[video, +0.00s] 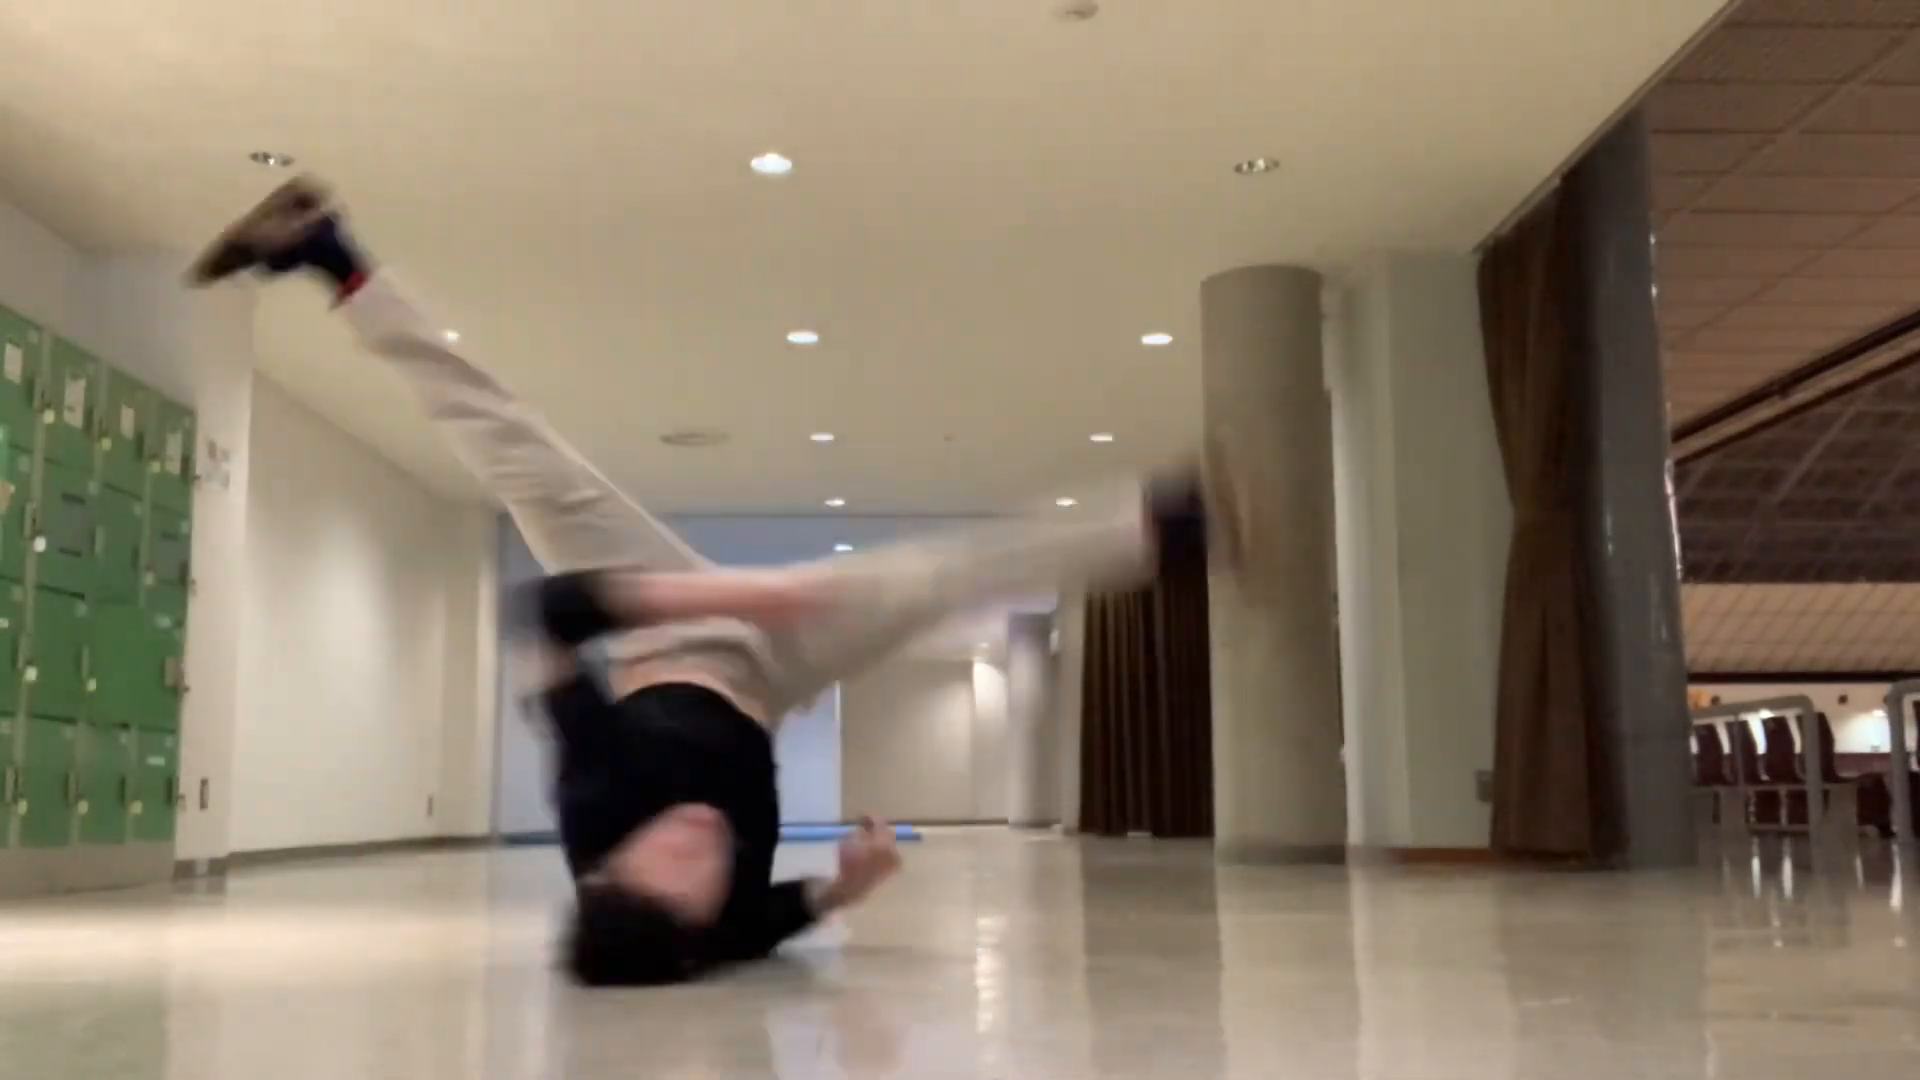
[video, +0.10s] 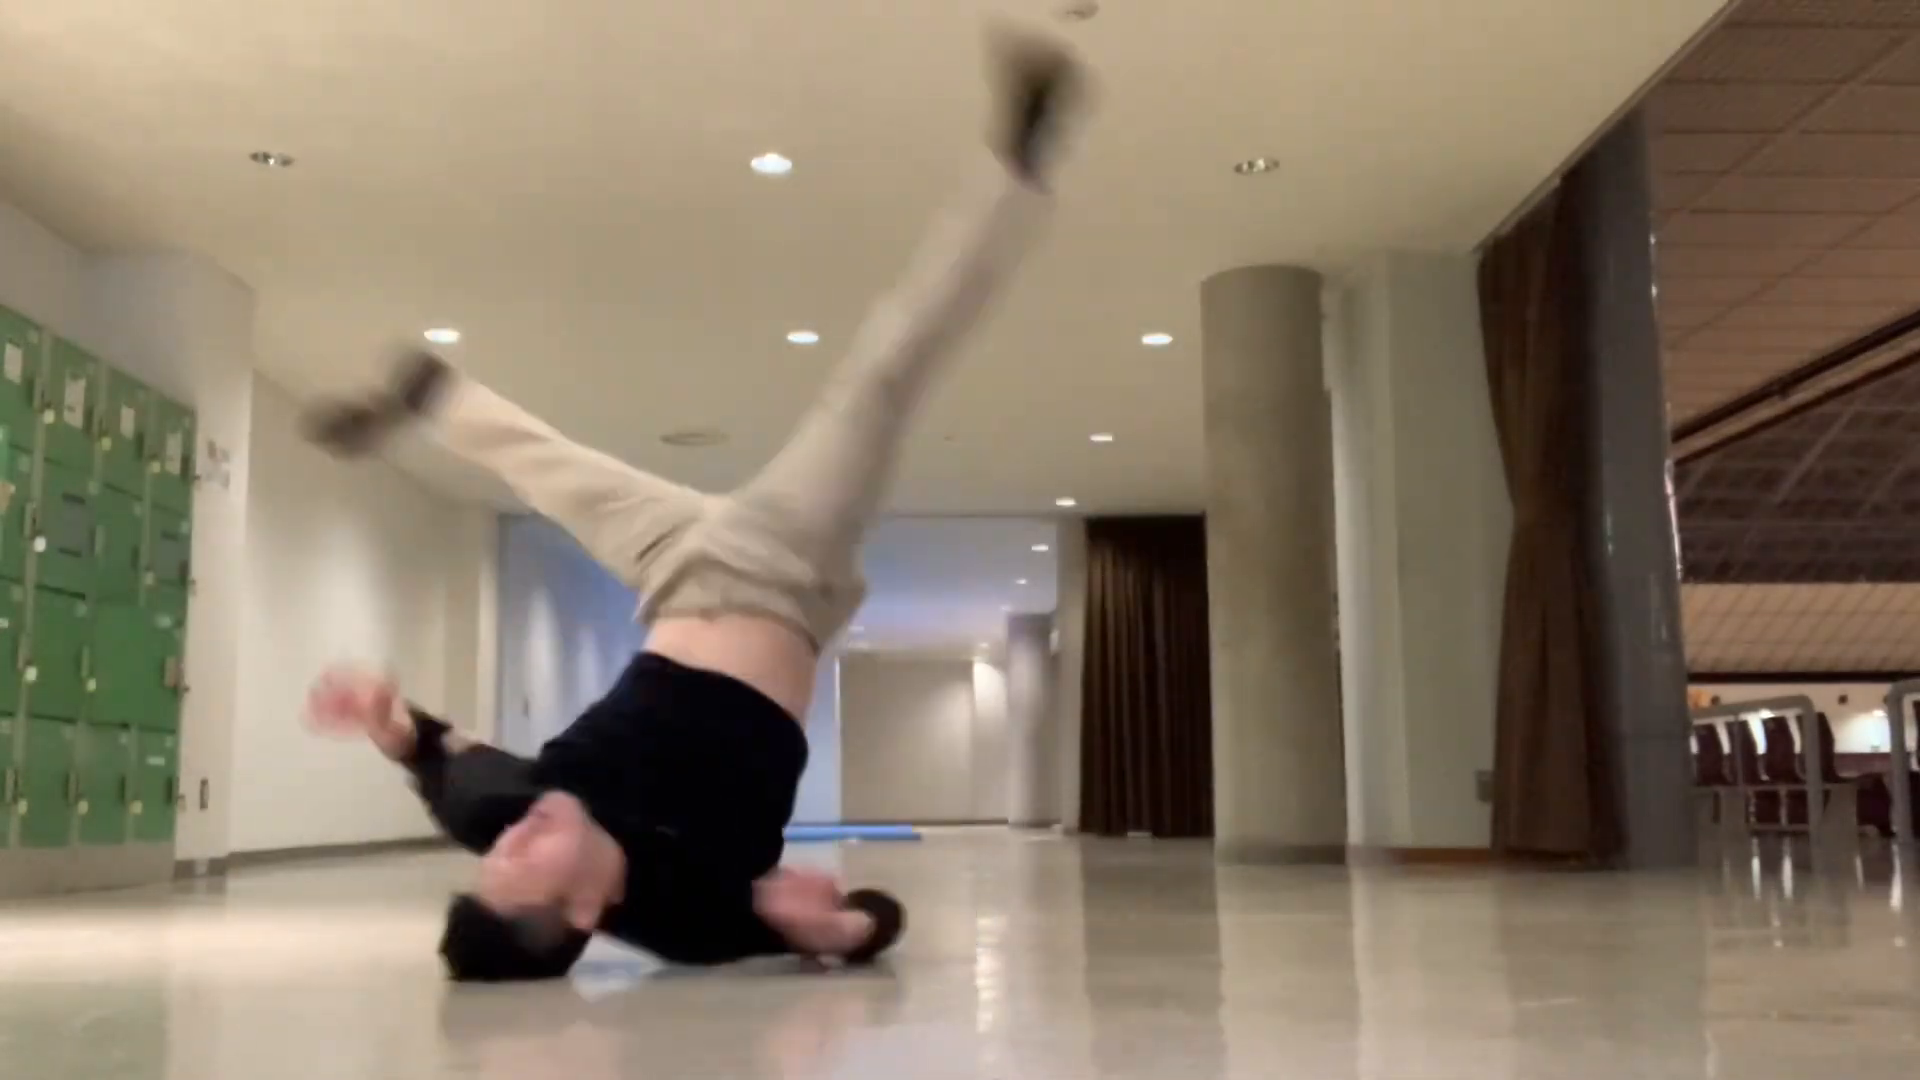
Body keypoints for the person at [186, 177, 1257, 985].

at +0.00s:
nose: (678, 846)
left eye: (638, 865)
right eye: (686, 881)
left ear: (614, 871)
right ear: (691, 920)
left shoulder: (593, 795)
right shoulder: (736, 916)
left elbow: (551, 614)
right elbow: (803, 908)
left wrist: (740, 597)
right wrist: (856, 877)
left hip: (657, 623)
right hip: (766, 679)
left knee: (515, 453)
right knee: (922, 581)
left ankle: (336, 264)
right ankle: (1155, 537)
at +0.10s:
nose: (517, 838)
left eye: (498, 855)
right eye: (522, 873)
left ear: (506, 836)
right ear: (570, 929)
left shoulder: (505, 805)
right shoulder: (695, 917)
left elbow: (441, 762)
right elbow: (871, 925)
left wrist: (394, 729)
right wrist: (848, 924)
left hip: (674, 570)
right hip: (771, 572)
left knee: (552, 469)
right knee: (883, 368)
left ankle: (424, 401)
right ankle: (1021, 170)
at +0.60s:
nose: (524, 896)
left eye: (490, 909)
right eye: (527, 917)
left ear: (468, 882)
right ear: (548, 903)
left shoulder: (435, 782)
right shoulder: (649, 836)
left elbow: (302, 792)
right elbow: (749, 786)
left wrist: (291, 950)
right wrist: (763, 940)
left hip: (669, 518)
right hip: (766, 589)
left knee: (499, 369)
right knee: (990, 519)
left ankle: (287, 218)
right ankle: (1193, 497)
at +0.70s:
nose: (484, 869)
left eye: (453, 873)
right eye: (485, 893)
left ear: (434, 842)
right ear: (508, 888)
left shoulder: (449, 742)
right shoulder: (612, 836)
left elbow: (332, 781)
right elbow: (733, 782)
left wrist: (293, 938)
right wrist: (762, 940)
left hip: (698, 532)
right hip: (751, 624)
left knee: (539, 362)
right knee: (983, 657)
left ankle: (359, 183)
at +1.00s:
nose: (732, 462)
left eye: (737, 452)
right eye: (734, 457)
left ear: (753, 474)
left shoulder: (760, 519)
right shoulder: (782, 703)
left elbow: (669, 391)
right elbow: (778, 798)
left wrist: (696, 438)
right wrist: (763, 933)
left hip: (578, 656)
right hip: (537, 794)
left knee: (595, 393)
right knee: (326, 845)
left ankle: (567, 139)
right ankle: (94, 934)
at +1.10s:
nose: (726, 479)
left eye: (736, 463)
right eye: (730, 464)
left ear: (777, 466)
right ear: (835, 487)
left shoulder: (764, 512)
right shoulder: (828, 653)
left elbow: (697, 584)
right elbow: (791, 794)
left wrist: (609, 593)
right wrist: (762, 936)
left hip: (515, 673)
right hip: (527, 780)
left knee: (434, 404)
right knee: (370, 829)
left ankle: (359, 133)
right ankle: (394, 837)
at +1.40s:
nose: (418, 479)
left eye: (414, 459)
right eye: (411, 460)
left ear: (439, 458)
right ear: (510, 418)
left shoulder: (455, 574)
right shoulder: (654, 483)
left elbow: (498, 761)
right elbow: (774, 633)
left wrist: (504, 953)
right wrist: (817, 699)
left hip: (573, 812)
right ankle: (533, 328)